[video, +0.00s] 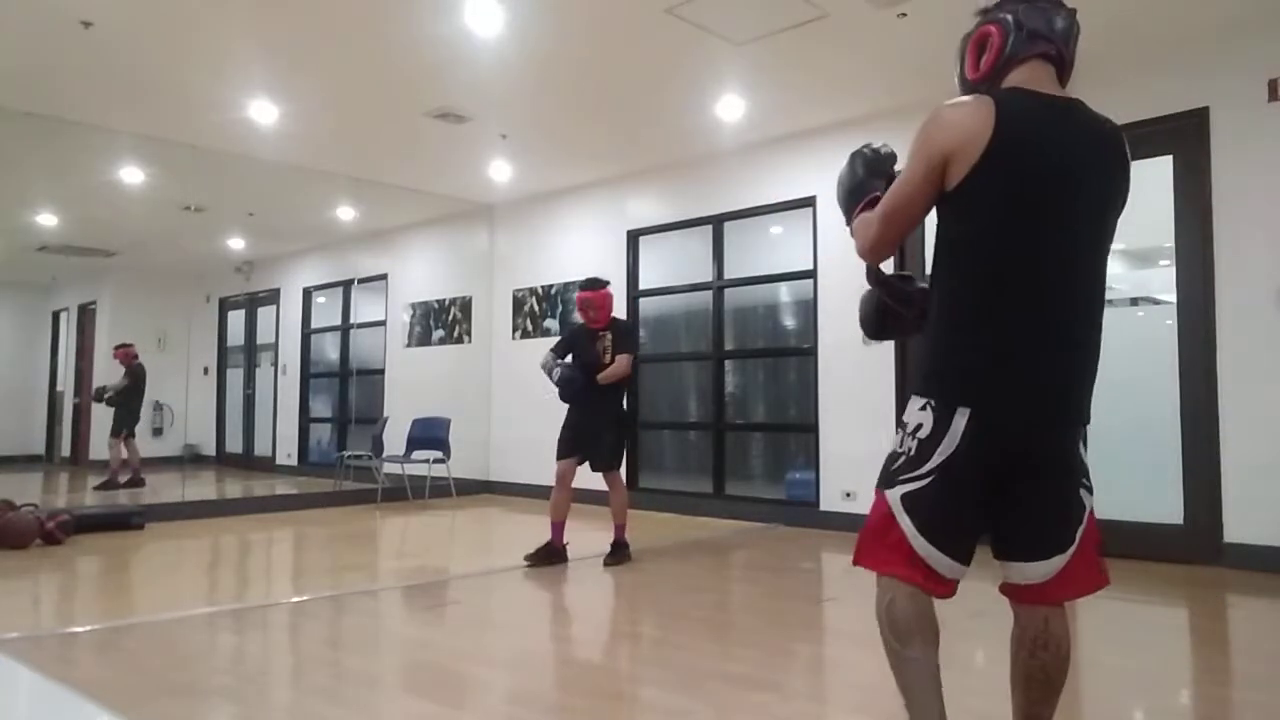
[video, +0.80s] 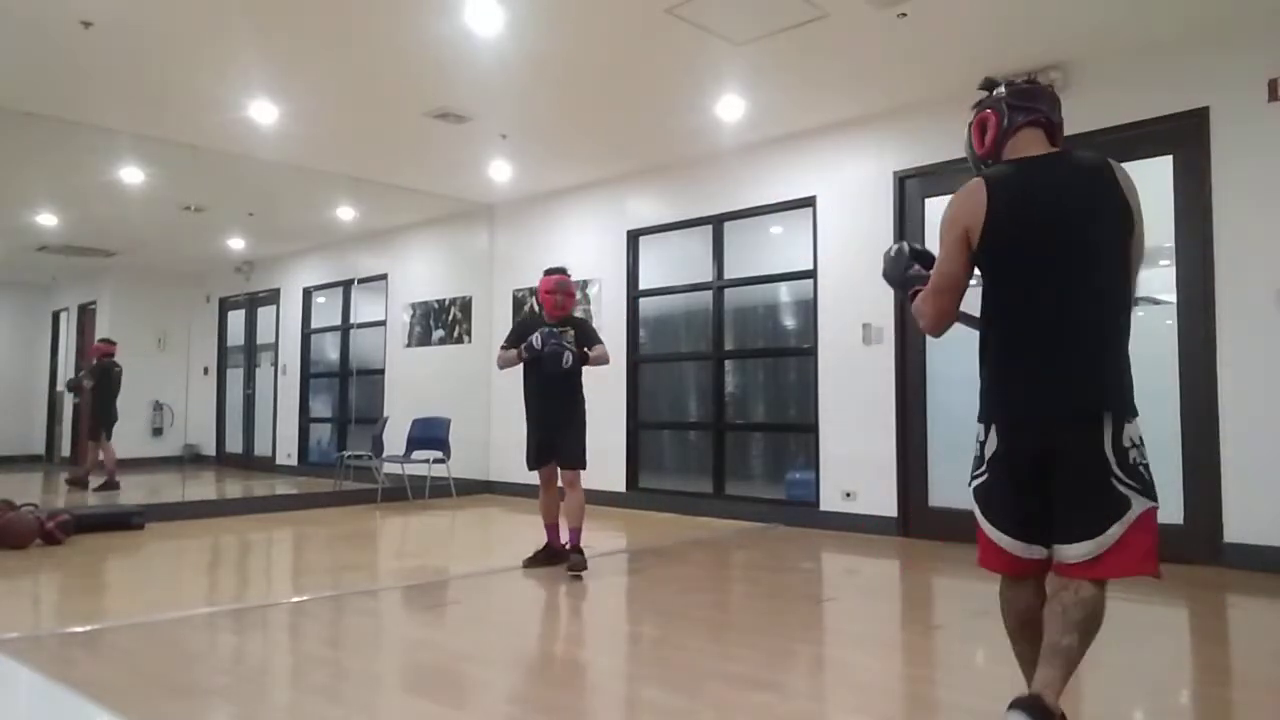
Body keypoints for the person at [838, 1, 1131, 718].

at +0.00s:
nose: (967, 67)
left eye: (970, 51)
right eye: (968, 55)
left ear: (989, 43)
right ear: (1064, 56)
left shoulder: (959, 121)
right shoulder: (1109, 140)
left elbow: (873, 243)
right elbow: (1051, 270)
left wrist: (860, 198)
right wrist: (931, 304)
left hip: (961, 394)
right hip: (1059, 397)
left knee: (904, 576)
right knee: (1040, 594)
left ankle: (927, 714)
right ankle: (1034, 719)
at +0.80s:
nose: (975, 143)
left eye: (976, 132)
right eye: (973, 134)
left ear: (991, 126)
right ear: (1055, 126)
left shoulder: (978, 196)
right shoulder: (1115, 182)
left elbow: (933, 317)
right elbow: (1120, 289)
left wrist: (913, 280)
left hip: (1015, 408)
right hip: (1100, 404)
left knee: (1020, 570)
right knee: (1081, 568)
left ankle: (1044, 704)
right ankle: (1041, 697)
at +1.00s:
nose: (987, 149)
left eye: (988, 138)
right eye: (987, 140)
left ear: (1004, 134)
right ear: (1063, 133)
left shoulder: (990, 210)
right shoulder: (1121, 184)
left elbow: (934, 316)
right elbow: (1168, 285)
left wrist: (940, 282)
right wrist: (1094, 285)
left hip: (1032, 412)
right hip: (1117, 408)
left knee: (1030, 563)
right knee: (1137, 556)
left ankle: (1044, 706)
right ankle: (1128, 682)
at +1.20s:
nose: (1019, 146)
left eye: (1021, 135)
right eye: (1018, 137)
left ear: (1038, 131)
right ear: (1093, 128)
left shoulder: (1023, 203)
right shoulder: (1150, 186)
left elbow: (991, 315)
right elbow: (1175, 289)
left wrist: (1048, 287)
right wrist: (1112, 279)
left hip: (1056, 407)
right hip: (1140, 403)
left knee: (1040, 557)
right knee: (1179, 551)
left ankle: (1044, 704)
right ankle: (1247, 691)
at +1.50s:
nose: (1098, 176)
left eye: (1098, 163)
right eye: (1095, 166)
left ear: (1121, 137)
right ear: (1155, 136)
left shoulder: (1127, 195)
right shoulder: (1222, 201)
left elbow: (1066, 299)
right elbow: (1168, 281)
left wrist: (1054, 352)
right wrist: (1076, 265)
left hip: (1146, 403)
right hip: (1221, 404)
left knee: (1087, 542)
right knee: (1229, 557)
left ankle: (1073, 695)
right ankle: (1258, 699)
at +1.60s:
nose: (1114, 174)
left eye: (1114, 158)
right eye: (1109, 163)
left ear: (1145, 134)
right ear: (1169, 135)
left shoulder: (1157, 189)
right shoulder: (1224, 194)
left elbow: (1086, 294)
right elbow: (1177, 280)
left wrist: (1077, 340)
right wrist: (1106, 245)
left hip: (1172, 400)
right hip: (1236, 399)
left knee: (1127, 543)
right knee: (1242, 552)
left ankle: (1128, 697)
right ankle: (1261, 697)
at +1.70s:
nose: (1127, 167)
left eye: (1128, 150)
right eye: (1121, 155)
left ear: (1161, 133)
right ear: (1187, 134)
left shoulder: (1181, 188)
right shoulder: (1230, 190)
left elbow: (1094, 281)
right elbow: (1184, 277)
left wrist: (1089, 319)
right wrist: (1114, 275)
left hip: (1185, 404)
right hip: (1241, 402)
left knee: (1178, 555)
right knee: (1247, 552)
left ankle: (1205, 705)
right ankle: (1264, 697)